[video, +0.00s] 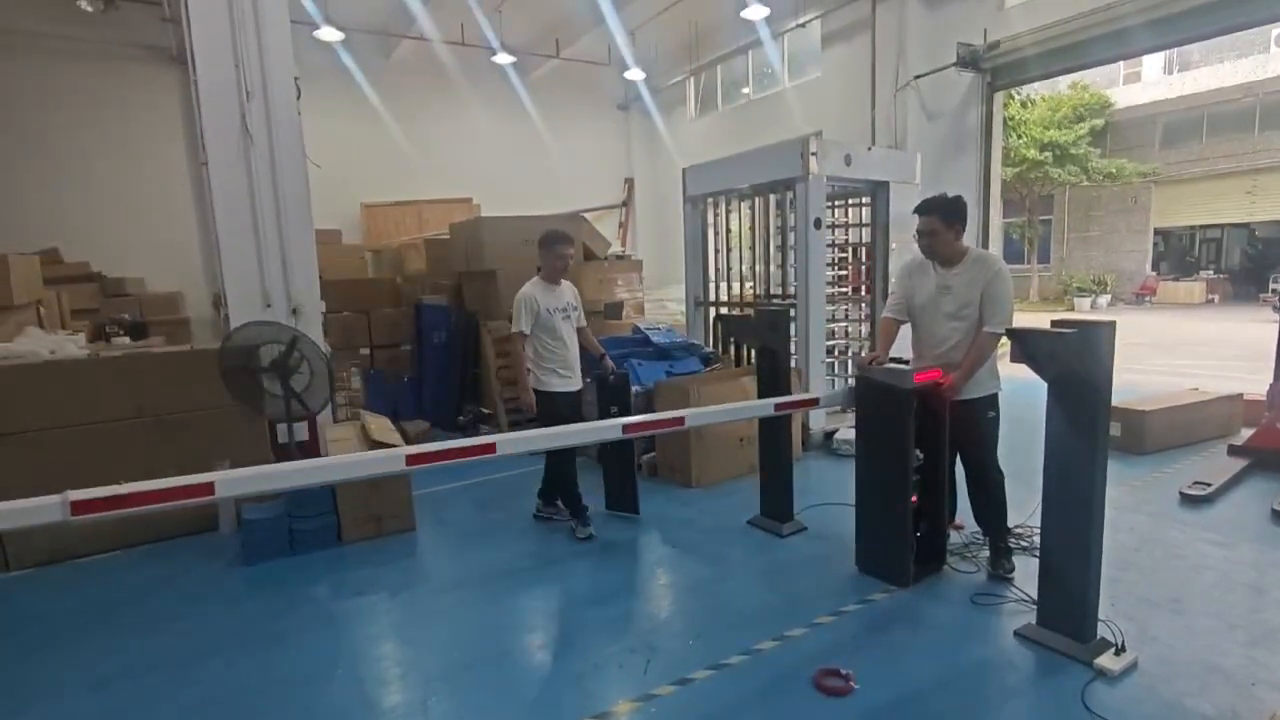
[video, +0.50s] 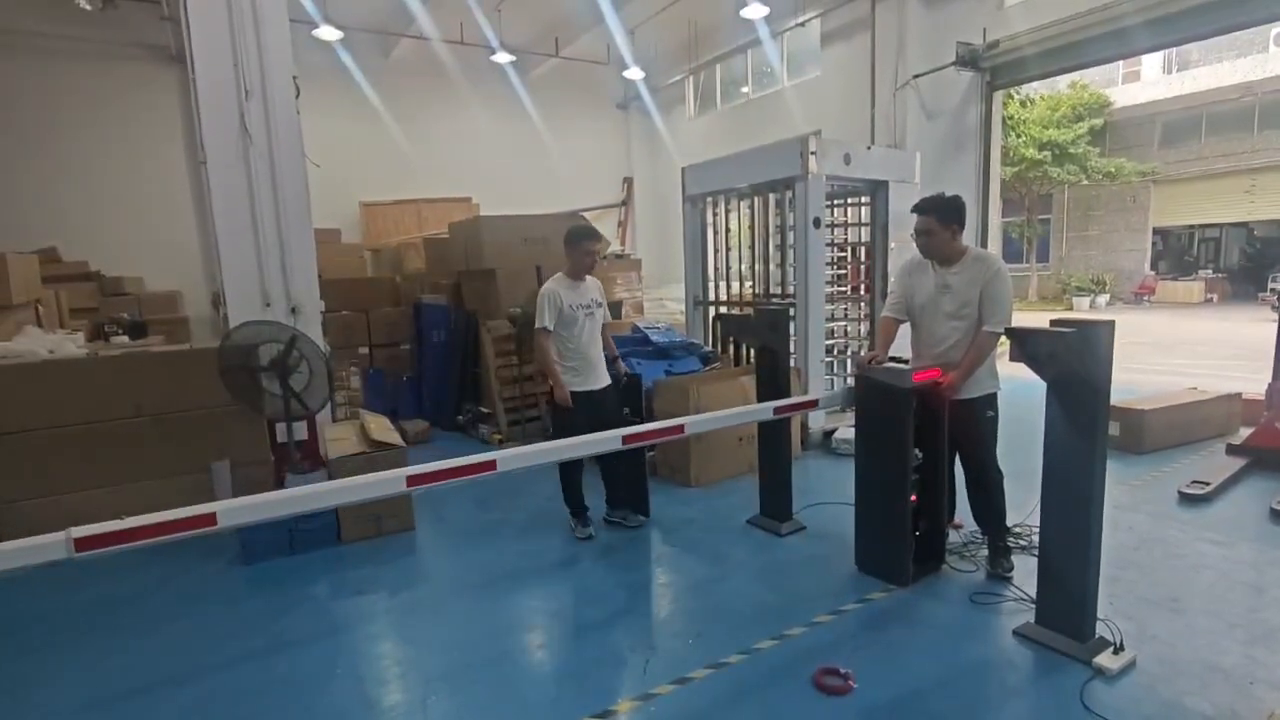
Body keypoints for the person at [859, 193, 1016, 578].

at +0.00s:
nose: (919, 240)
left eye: (926, 234)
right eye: (917, 233)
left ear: (956, 231)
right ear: (921, 231)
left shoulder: (990, 269)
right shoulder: (912, 268)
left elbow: (992, 331)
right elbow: (892, 314)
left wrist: (961, 375)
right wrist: (880, 351)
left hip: (976, 391)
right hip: (928, 392)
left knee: (982, 471)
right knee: (933, 472)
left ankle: (998, 544)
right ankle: (931, 548)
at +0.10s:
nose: (918, 241)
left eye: (926, 234)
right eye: (917, 234)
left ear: (955, 231)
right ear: (922, 231)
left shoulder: (990, 269)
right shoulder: (912, 268)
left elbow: (992, 331)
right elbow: (892, 314)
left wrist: (961, 375)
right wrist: (880, 351)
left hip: (976, 391)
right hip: (928, 391)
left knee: (983, 471)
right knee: (933, 472)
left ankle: (998, 544)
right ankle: (931, 548)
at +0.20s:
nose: (918, 241)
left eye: (925, 234)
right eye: (916, 234)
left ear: (955, 231)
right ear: (922, 231)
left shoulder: (990, 268)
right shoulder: (912, 268)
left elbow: (992, 331)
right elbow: (892, 314)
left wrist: (960, 374)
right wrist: (880, 351)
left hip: (975, 390)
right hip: (927, 391)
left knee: (982, 471)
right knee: (933, 472)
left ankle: (998, 544)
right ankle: (931, 546)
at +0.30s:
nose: (918, 241)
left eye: (925, 234)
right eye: (916, 234)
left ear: (955, 231)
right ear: (921, 231)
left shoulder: (990, 268)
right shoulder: (912, 268)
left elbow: (992, 331)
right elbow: (892, 314)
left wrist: (960, 374)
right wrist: (880, 351)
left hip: (975, 390)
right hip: (927, 391)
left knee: (982, 471)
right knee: (933, 472)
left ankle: (998, 543)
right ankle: (931, 546)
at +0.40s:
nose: (917, 240)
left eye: (924, 234)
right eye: (916, 233)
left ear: (954, 232)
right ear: (922, 231)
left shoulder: (989, 268)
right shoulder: (912, 267)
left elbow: (991, 330)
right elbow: (892, 313)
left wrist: (960, 374)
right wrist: (880, 350)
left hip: (975, 390)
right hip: (927, 390)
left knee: (982, 470)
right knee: (932, 471)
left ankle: (997, 542)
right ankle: (930, 546)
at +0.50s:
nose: (916, 241)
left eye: (924, 234)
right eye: (915, 233)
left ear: (953, 232)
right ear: (929, 232)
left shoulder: (989, 268)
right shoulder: (912, 267)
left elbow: (991, 330)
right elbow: (892, 313)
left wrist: (960, 374)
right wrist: (880, 350)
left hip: (975, 389)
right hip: (927, 390)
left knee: (982, 471)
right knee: (932, 471)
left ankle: (997, 543)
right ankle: (930, 545)